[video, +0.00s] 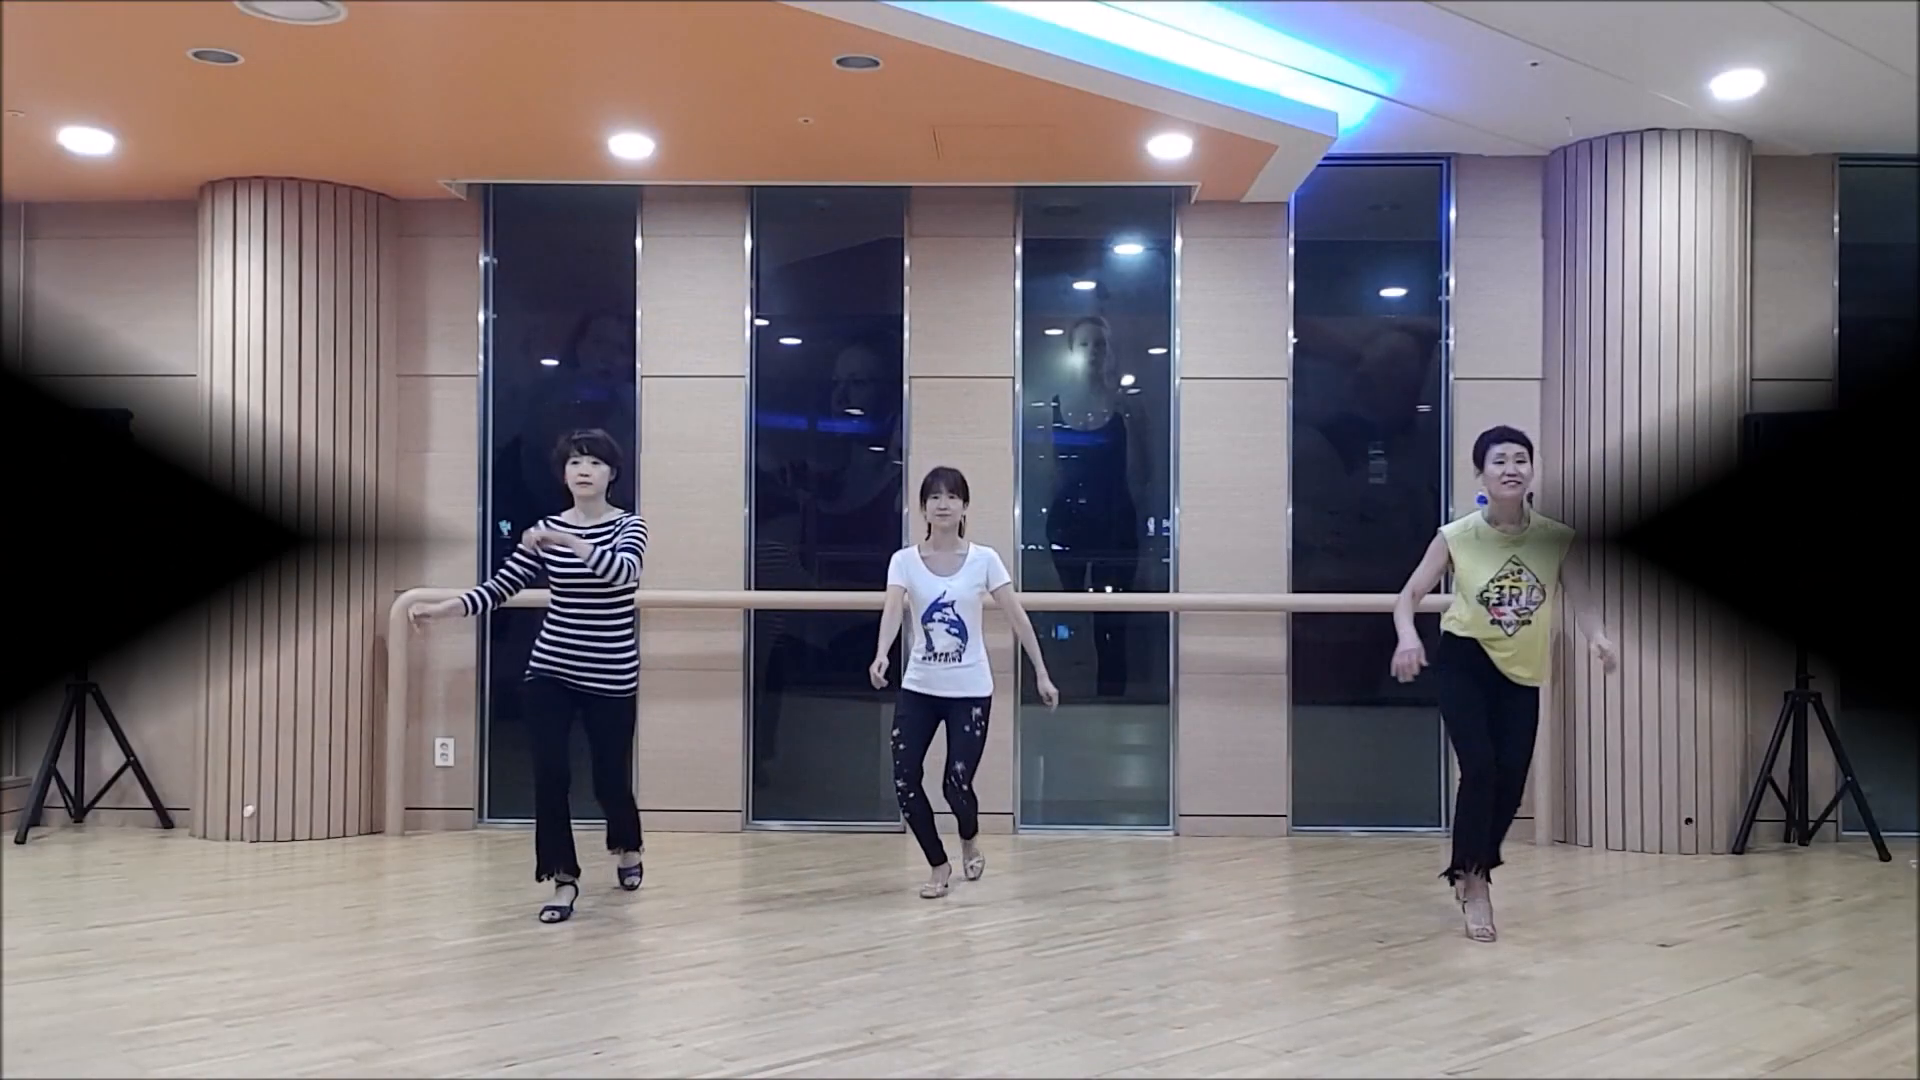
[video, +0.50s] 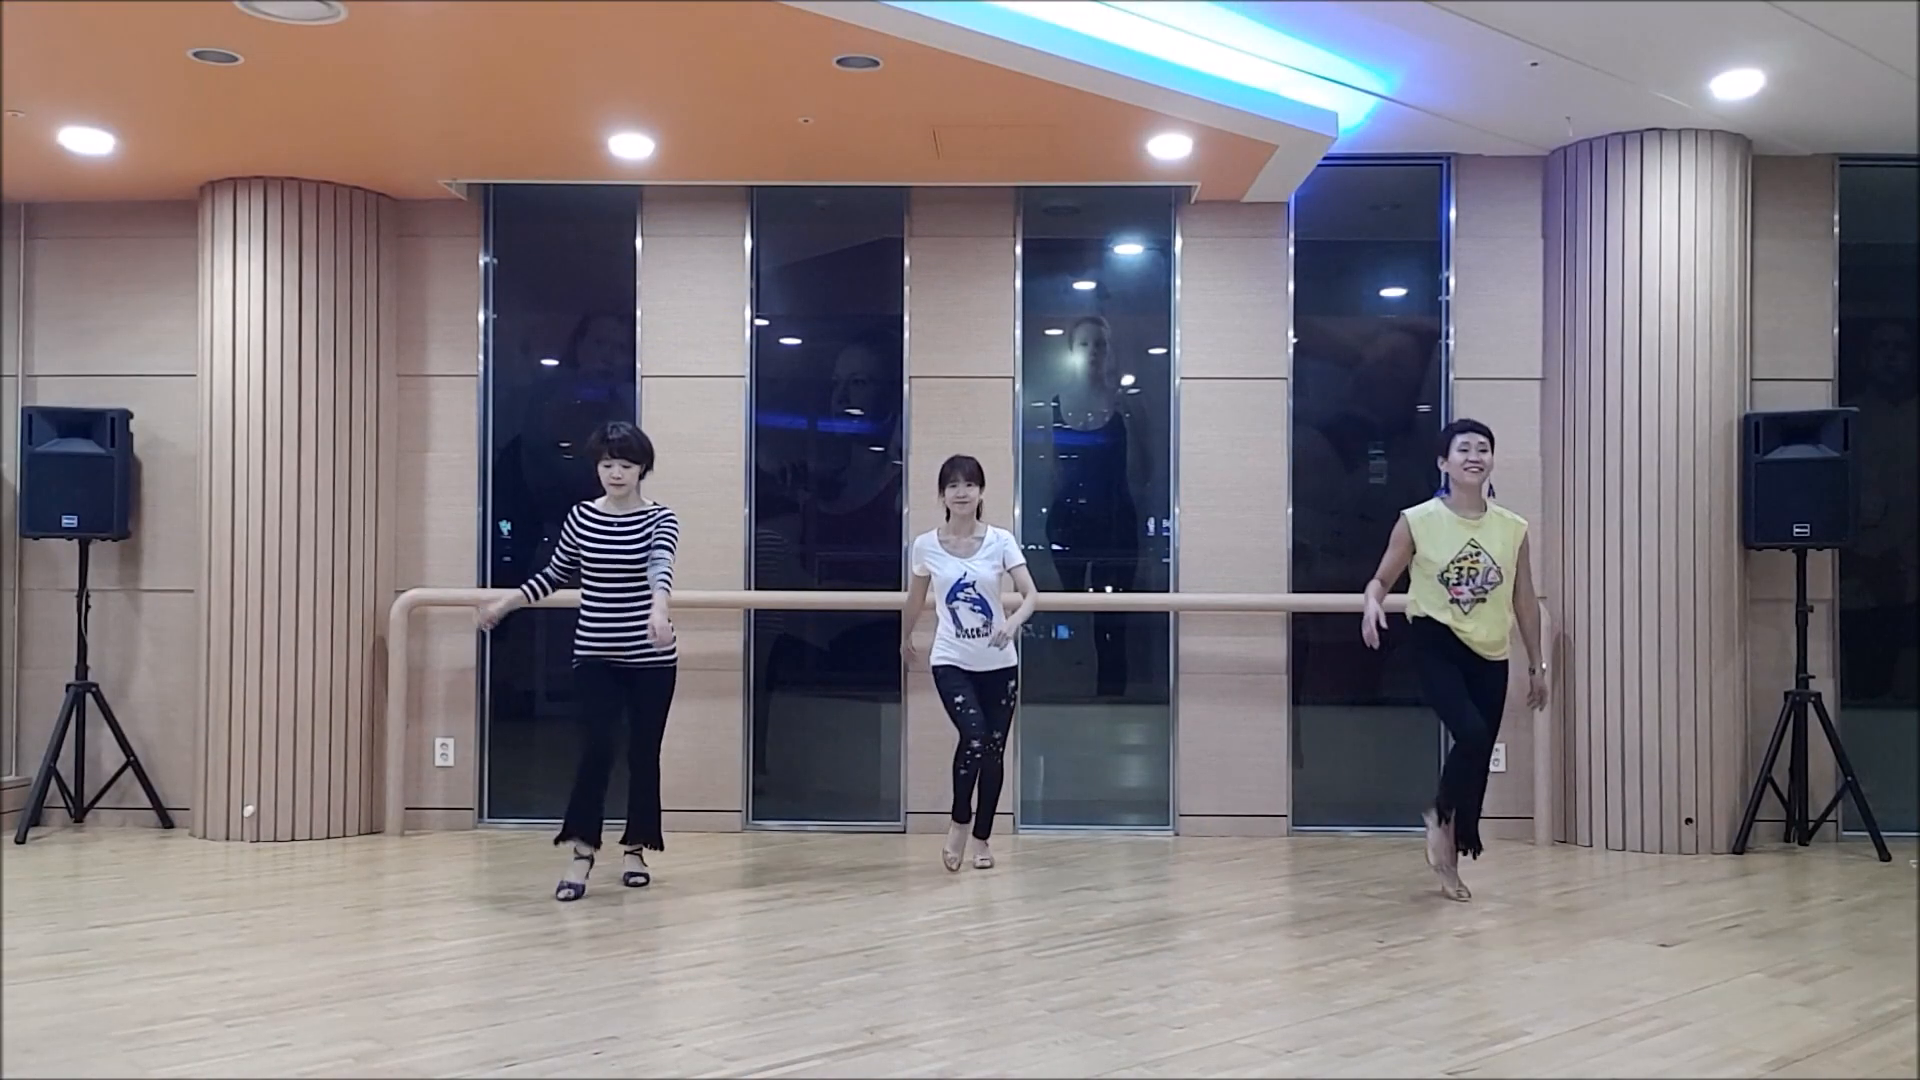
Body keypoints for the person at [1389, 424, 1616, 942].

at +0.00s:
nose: (1511, 470)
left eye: (1520, 461)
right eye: (1499, 462)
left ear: (1533, 472)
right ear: (1481, 476)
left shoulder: (1557, 537)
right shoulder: (1458, 535)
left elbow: (1573, 598)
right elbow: (1407, 598)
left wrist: (1597, 634)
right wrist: (1407, 637)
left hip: (1523, 670)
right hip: (1464, 659)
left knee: (1511, 783)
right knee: (1481, 767)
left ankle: (1473, 874)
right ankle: (1474, 884)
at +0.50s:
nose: (1473, 456)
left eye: (1481, 450)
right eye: (1463, 450)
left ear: (1493, 462)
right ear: (1444, 462)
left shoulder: (1513, 528)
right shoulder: (1417, 521)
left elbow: (1524, 600)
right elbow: (1380, 583)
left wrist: (1537, 665)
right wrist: (1372, 603)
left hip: (1490, 650)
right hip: (1434, 643)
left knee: (1477, 752)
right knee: (1474, 736)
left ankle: (1451, 858)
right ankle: (1441, 818)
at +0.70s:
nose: (1465, 451)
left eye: (1472, 445)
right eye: (1455, 445)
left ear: (1482, 455)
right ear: (1435, 456)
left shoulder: (1503, 520)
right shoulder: (1409, 515)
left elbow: (1518, 585)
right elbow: (1386, 575)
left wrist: (1535, 645)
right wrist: (1375, 594)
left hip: (1485, 645)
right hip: (1430, 638)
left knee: (1469, 752)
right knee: (1446, 747)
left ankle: (1450, 856)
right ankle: (1422, 850)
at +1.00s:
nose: (1461, 447)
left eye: (1466, 441)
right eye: (1450, 442)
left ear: (1478, 454)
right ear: (1432, 458)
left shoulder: (1503, 518)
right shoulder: (1409, 516)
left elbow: (1507, 589)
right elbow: (1392, 585)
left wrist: (1503, 645)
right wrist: (1423, 603)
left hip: (1478, 649)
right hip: (1423, 642)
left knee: (1466, 756)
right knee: (1406, 744)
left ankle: (1448, 856)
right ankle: (1381, 833)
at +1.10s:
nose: (1460, 445)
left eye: (1465, 439)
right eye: (1448, 441)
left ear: (1478, 452)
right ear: (1431, 459)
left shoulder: (1501, 517)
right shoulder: (1407, 515)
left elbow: (1510, 586)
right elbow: (1392, 581)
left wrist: (1496, 612)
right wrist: (1424, 600)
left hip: (1479, 647)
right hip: (1423, 640)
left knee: (1466, 755)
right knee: (1399, 741)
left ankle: (1448, 855)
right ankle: (1351, 835)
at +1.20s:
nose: (1460, 453)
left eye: (1466, 446)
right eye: (1449, 449)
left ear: (1477, 457)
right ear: (1433, 463)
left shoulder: (1502, 522)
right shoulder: (1411, 519)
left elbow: (1512, 595)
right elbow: (1392, 586)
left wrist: (1490, 589)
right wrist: (1414, 603)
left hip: (1479, 650)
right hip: (1423, 644)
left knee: (1472, 757)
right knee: (1397, 742)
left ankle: (1448, 854)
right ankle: (1351, 846)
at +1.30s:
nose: (1459, 450)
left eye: (1466, 442)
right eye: (1449, 444)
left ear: (1477, 452)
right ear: (1431, 455)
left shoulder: (1504, 514)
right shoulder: (1410, 515)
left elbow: (1512, 586)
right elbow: (1393, 582)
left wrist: (1490, 575)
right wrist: (1402, 597)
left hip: (1479, 639)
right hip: (1423, 634)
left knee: (1465, 755)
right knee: (1403, 743)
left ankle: (1447, 857)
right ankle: (1369, 848)